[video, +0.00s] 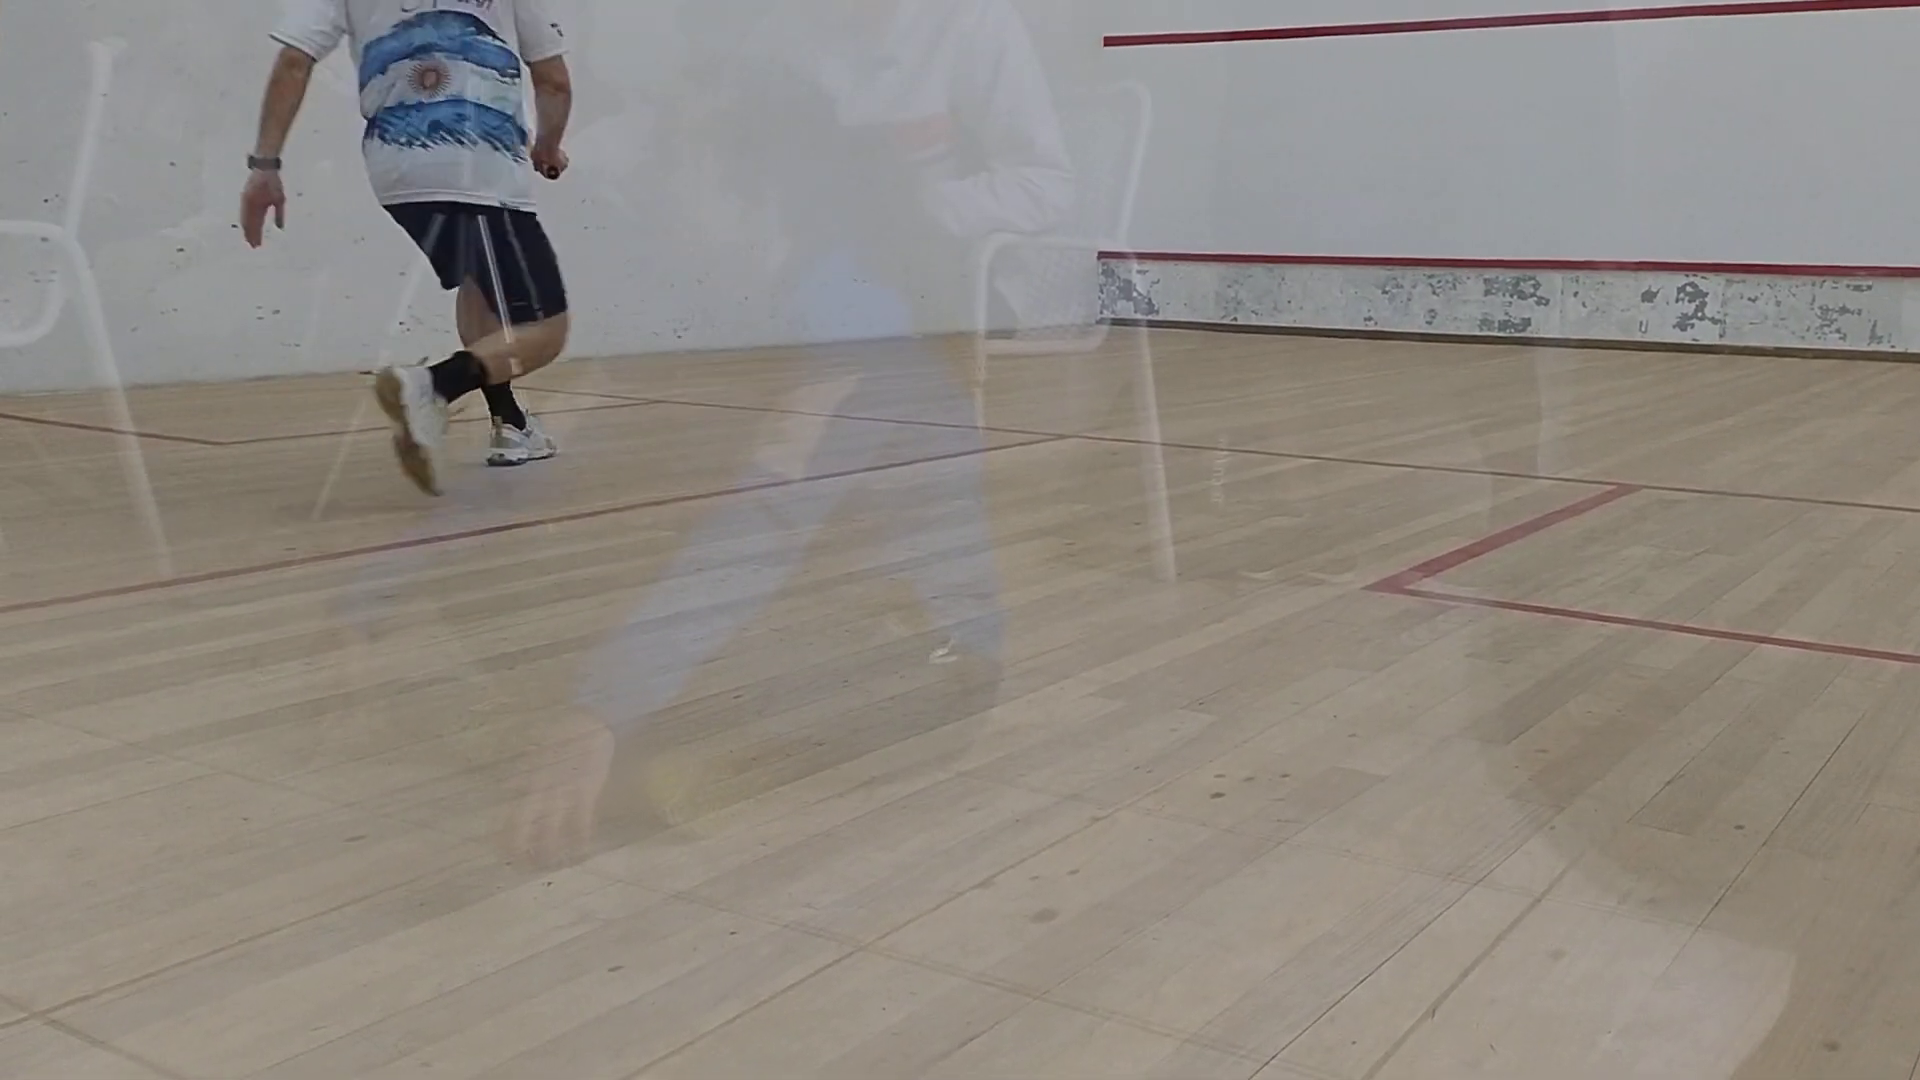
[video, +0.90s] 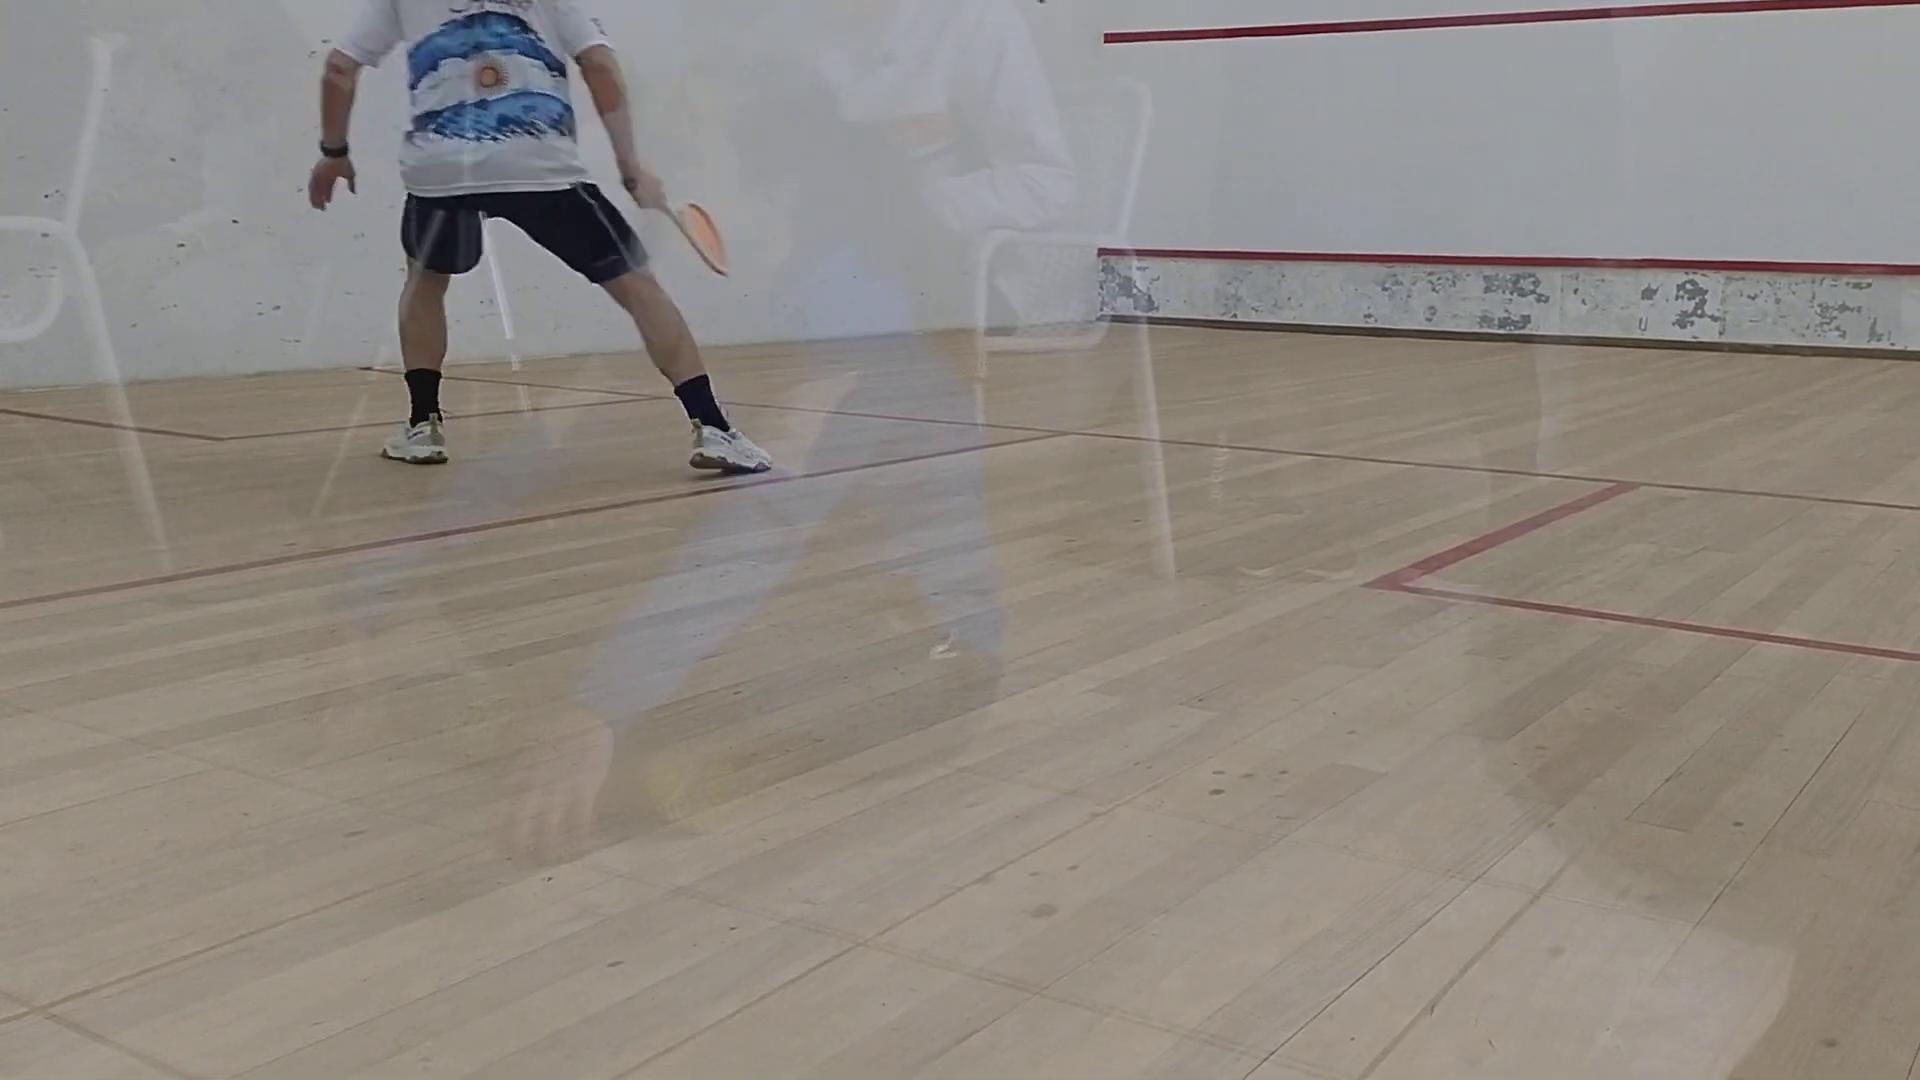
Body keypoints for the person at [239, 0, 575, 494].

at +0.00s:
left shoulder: (352, 0)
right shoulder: (506, 0)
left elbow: (294, 57)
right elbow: (554, 79)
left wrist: (265, 164)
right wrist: (547, 144)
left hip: (395, 175)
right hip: (481, 171)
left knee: (474, 283)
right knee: (545, 332)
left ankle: (511, 425)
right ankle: (430, 387)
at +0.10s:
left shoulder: (388, 1)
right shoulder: (536, 0)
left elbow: (337, 79)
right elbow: (589, 87)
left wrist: (334, 164)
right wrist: (583, 158)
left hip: (421, 173)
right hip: (511, 169)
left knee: (494, 274)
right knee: (613, 298)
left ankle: (508, 435)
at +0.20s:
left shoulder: (424, 1)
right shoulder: (563, 0)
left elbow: (376, 67)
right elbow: (614, 75)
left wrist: (391, 135)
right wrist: (616, 162)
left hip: (446, 165)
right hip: (533, 160)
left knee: (506, 270)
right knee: (644, 280)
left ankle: (513, 425)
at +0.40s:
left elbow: (432, 54)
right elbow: (665, 61)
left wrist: (447, 133)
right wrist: (674, 159)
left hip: (499, 150)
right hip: (585, 147)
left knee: (527, 269)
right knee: (680, 282)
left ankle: (513, 423)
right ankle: (715, 438)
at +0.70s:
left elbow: (446, 39)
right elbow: (684, 52)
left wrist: (441, 142)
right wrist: (711, 159)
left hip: (493, 141)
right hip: (589, 141)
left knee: (495, 258)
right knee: (676, 279)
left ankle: (476, 412)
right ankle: (714, 436)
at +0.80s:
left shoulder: (471, 5)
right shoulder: (617, 4)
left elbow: (411, 63)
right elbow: (659, 69)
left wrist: (401, 160)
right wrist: (691, 174)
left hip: (481, 165)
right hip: (579, 161)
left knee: (463, 269)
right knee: (676, 286)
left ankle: (434, 415)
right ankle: (714, 434)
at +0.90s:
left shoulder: (402, 4)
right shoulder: (553, 1)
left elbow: (338, 65)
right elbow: (598, 63)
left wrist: (333, 151)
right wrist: (630, 162)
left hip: (438, 170)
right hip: (538, 164)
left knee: (425, 281)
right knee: (640, 290)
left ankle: (424, 424)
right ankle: (712, 428)